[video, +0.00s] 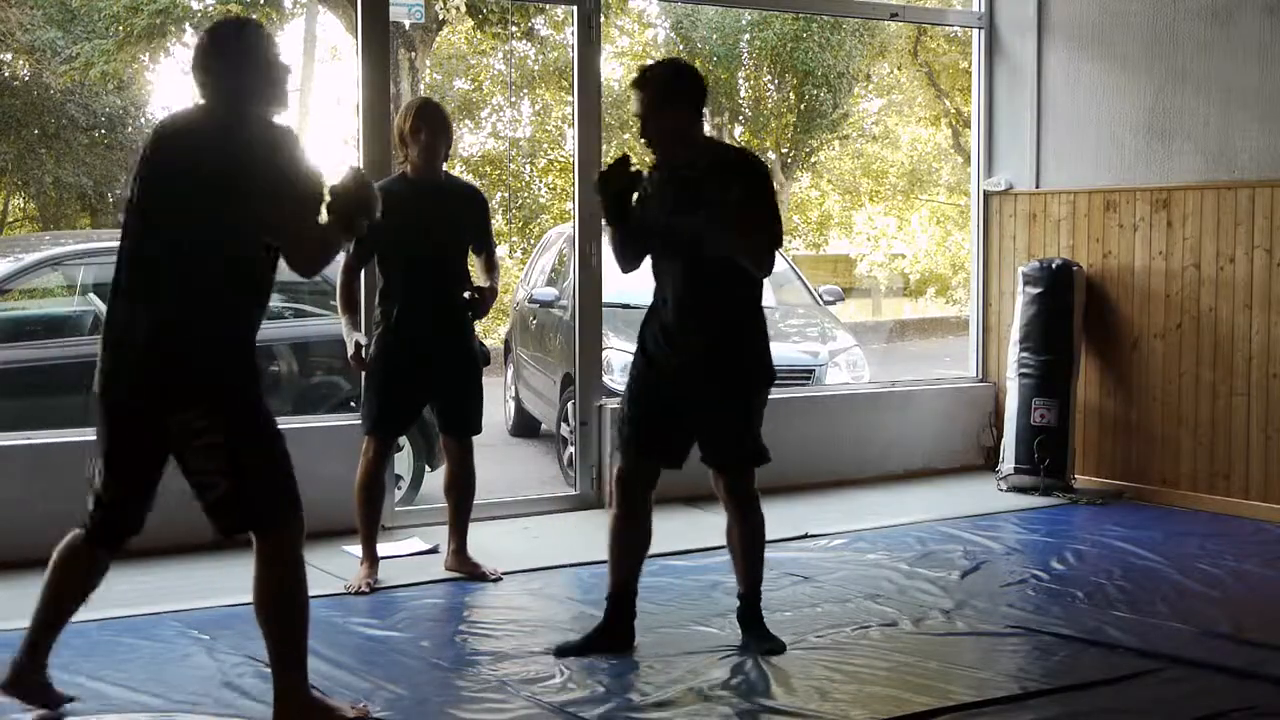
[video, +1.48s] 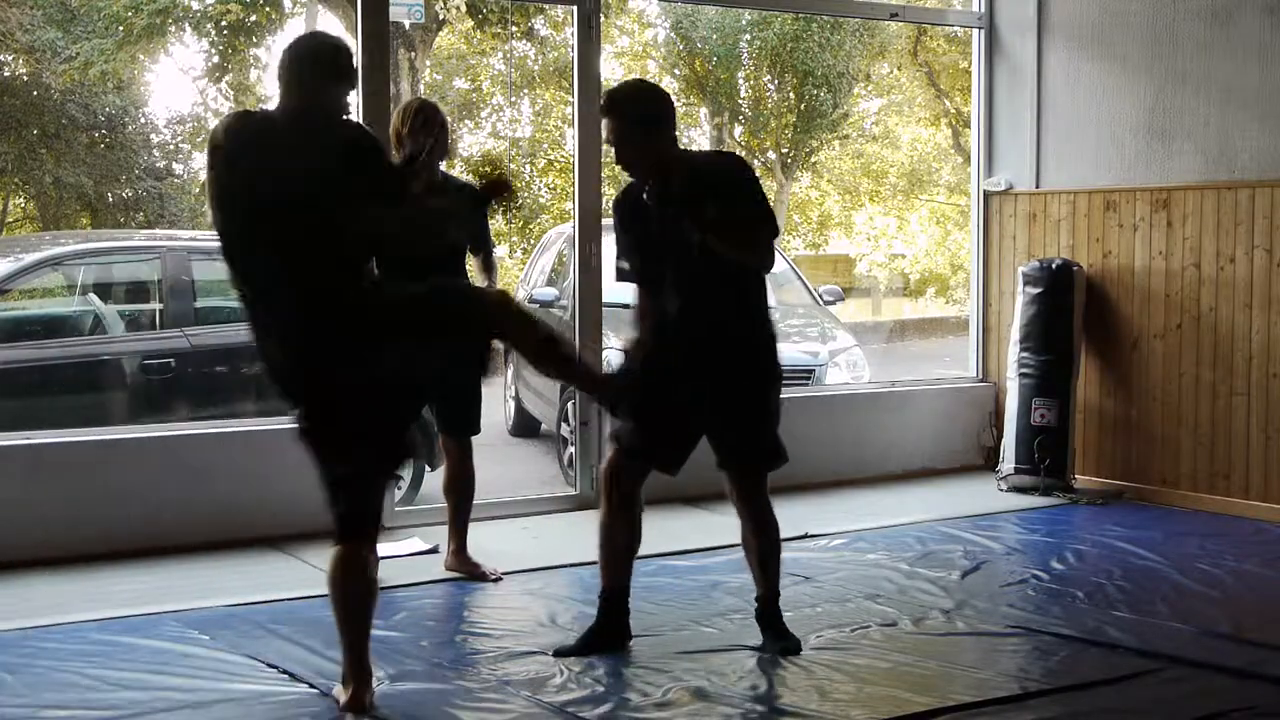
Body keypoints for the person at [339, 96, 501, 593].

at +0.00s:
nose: (427, 140)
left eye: (435, 130)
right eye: (418, 132)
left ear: (448, 137)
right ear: (403, 138)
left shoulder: (468, 198)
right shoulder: (380, 197)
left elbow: (487, 257)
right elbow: (350, 271)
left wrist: (490, 290)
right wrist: (351, 332)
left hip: (452, 336)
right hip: (395, 338)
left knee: (459, 446)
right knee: (377, 447)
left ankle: (457, 552)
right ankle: (367, 561)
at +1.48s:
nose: (429, 142)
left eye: (436, 132)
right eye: (420, 132)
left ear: (446, 138)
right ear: (400, 136)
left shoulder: (462, 196)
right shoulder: (379, 189)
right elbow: (361, 258)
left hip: (452, 329)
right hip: (391, 326)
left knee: (456, 443)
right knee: (381, 435)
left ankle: (457, 550)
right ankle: (363, 548)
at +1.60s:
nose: (427, 143)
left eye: (435, 134)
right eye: (418, 133)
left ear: (447, 140)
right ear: (398, 137)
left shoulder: (464, 198)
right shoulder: (376, 189)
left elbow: (487, 264)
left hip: (450, 331)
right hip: (391, 328)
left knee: (456, 446)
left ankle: (457, 549)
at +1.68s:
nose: (428, 144)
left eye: (435, 133)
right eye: (418, 133)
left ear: (447, 139)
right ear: (398, 136)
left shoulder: (464, 198)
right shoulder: (376, 186)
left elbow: (483, 268)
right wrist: (482, 267)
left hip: (451, 331)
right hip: (393, 326)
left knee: (456, 446)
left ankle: (457, 549)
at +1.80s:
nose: (429, 144)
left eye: (434, 134)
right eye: (422, 134)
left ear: (444, 138)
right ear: (406, 134)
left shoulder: (463, 195)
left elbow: (485, 264)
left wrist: (489, 298)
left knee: (457, 444)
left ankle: (458, 549)